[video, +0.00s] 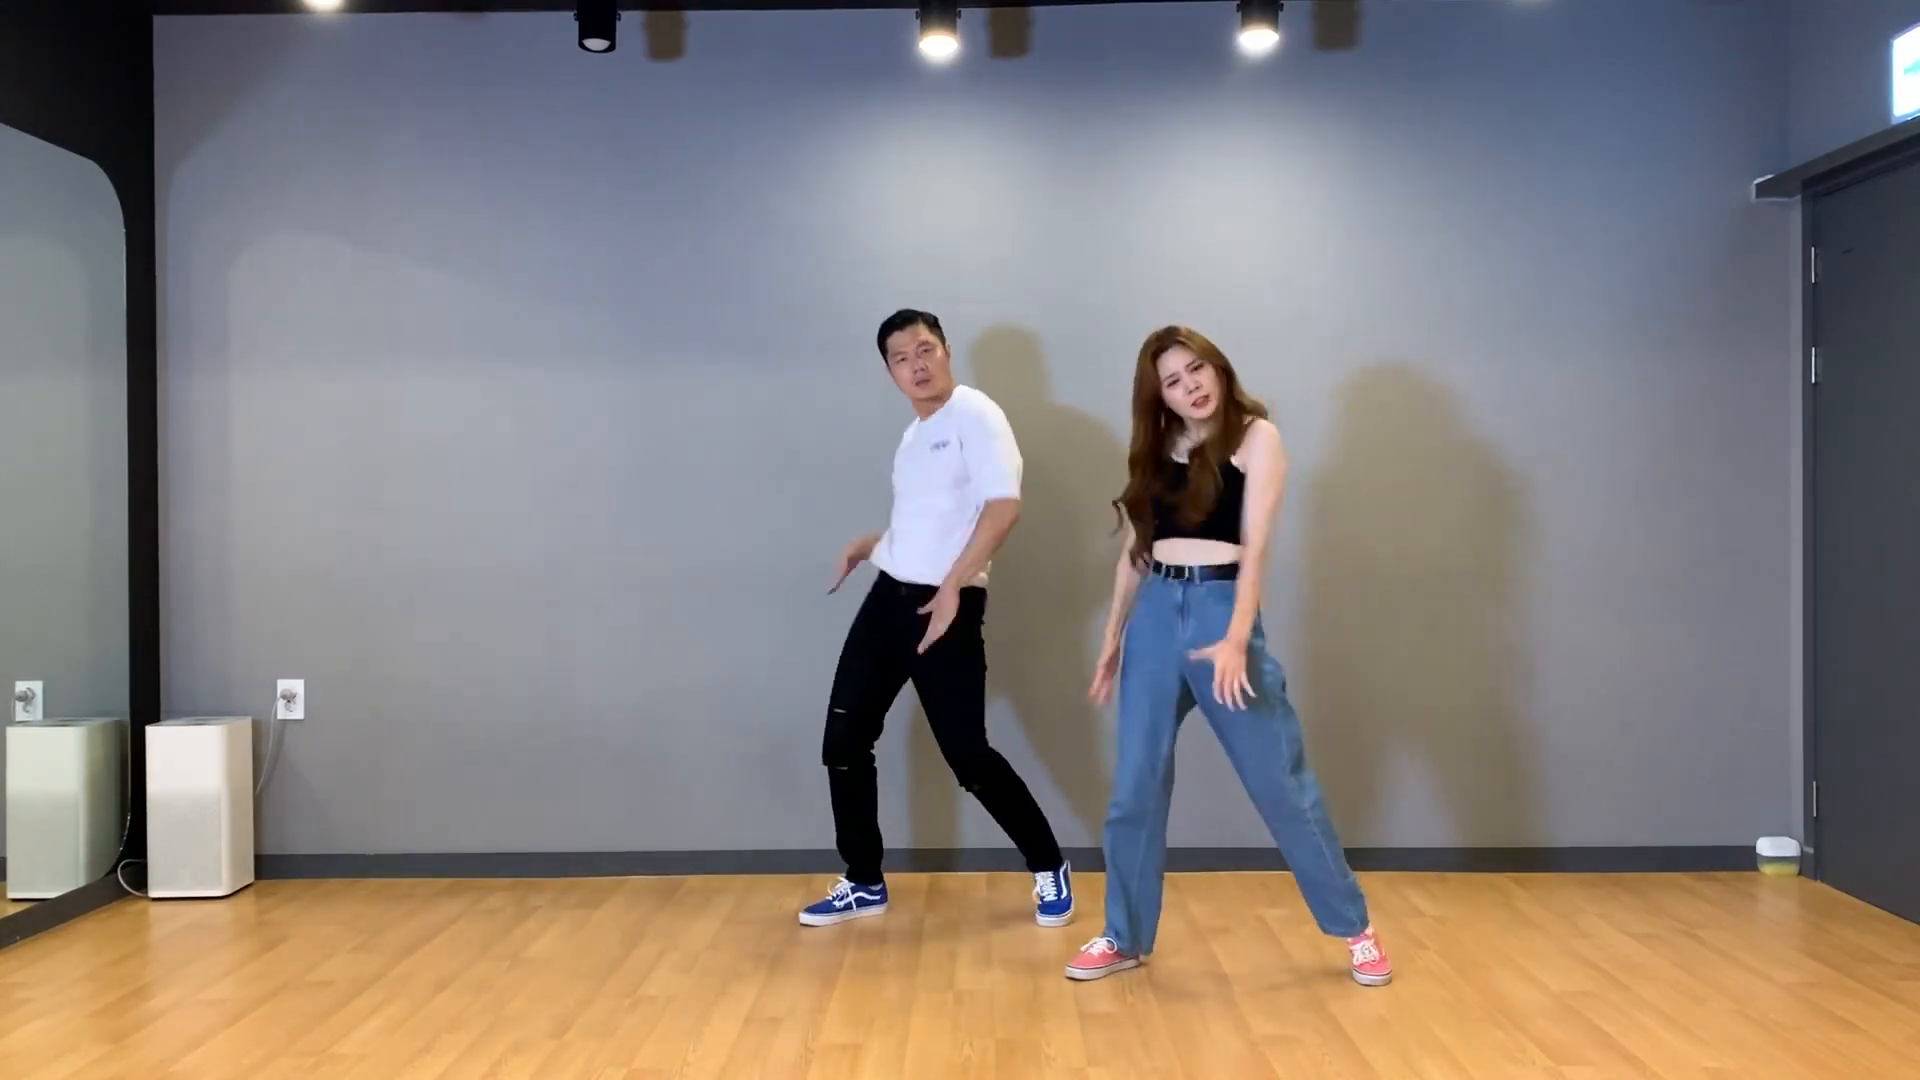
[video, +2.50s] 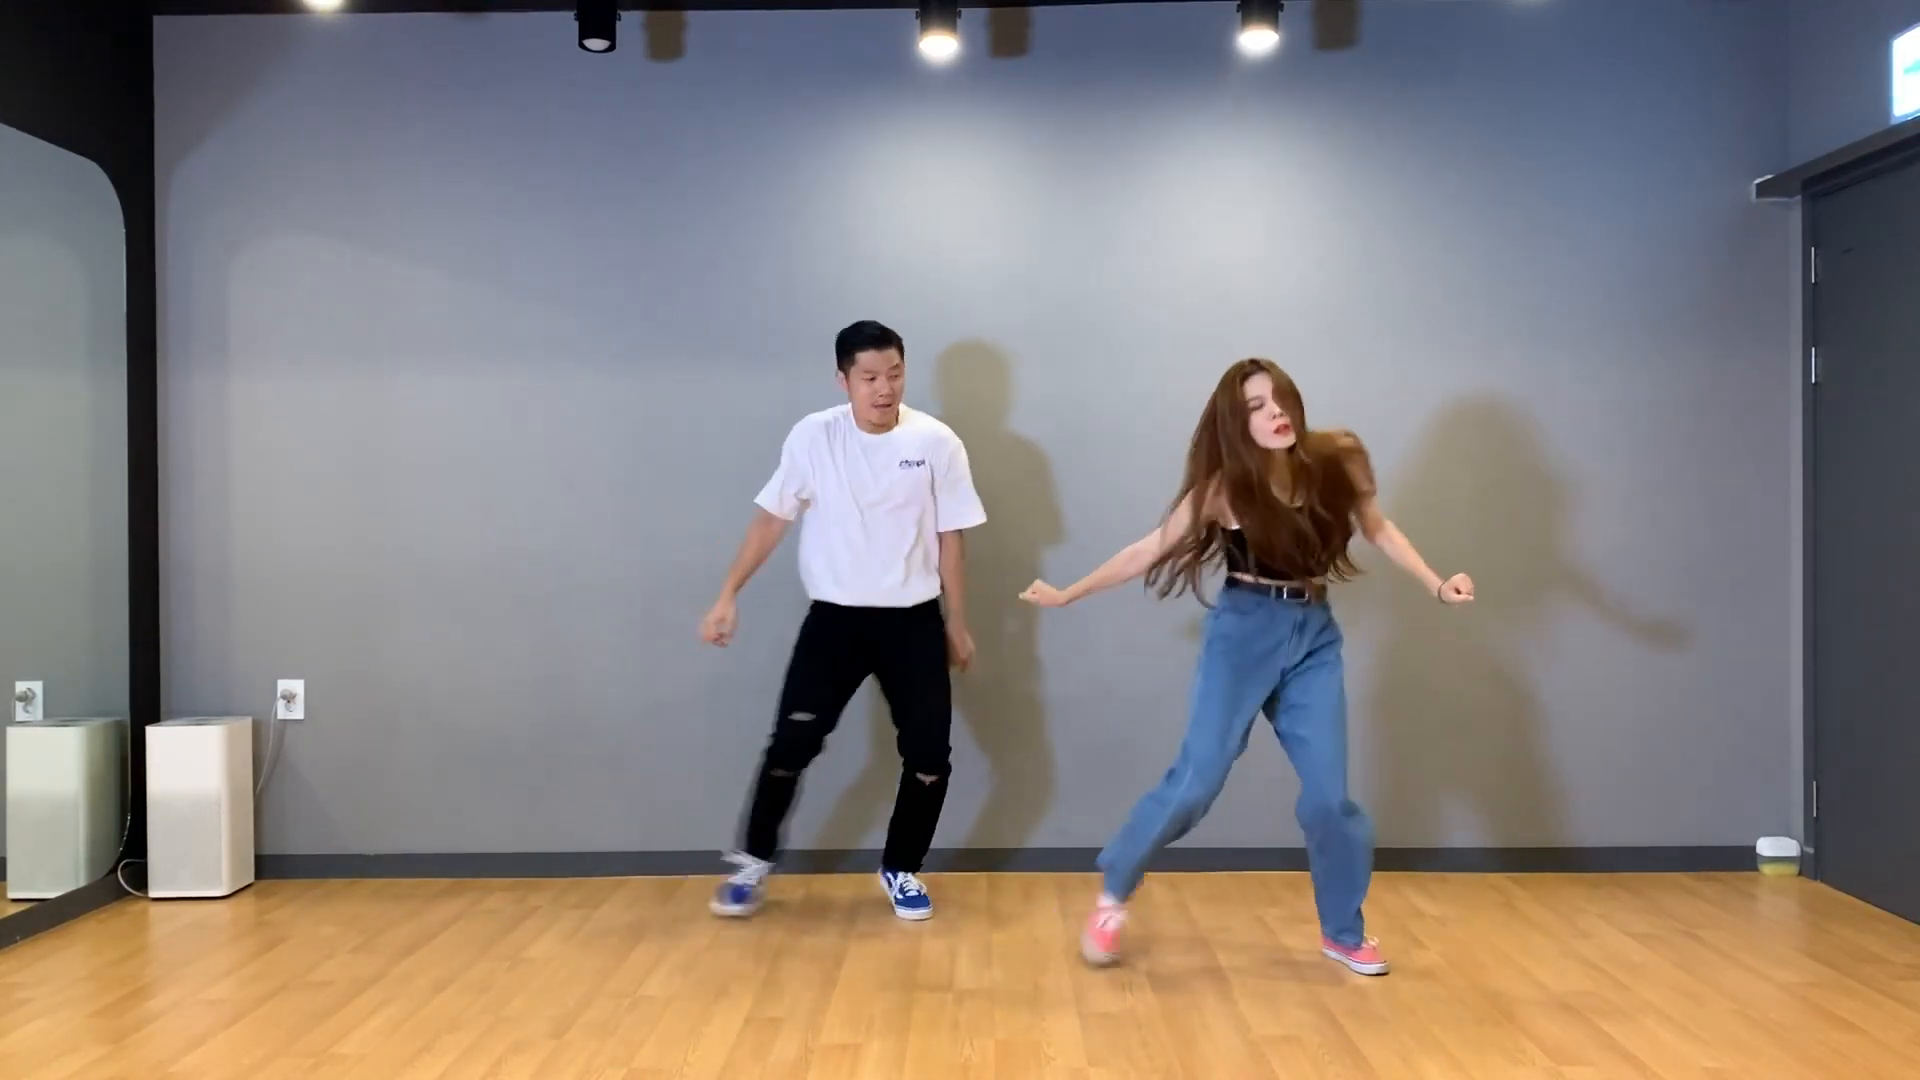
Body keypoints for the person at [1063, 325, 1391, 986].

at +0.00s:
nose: (1191, 385)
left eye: (1196, 368)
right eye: (1174, 381)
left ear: (1217, 368)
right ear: (1161, 396)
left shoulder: (1257, 439)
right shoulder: (1158, 450)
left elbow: (1254, 550)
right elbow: (1134, 553)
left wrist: (1236, 639)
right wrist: (1113, 639)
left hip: (1226, 612)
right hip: (1153, 613)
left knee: (1282, 781)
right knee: (1137, 781)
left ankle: (1355, 928)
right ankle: (1124, 935)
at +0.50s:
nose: (1191, 415)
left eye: (1198, 398)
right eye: (1175, 410)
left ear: (1223, 398)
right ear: (1164, 422)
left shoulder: (1266, 459)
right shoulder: (1182, 472)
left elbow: (1195, 527)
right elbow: (1135, 537)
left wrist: (1161, 447)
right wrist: (1108, 455)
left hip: (1251, 629)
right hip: (1192, 626)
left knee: (1263, 808)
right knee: (1127, 789)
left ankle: (1364, 924)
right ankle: (1121, 938)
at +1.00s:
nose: (1228, 399)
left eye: (1240, 385)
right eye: (1212, 390)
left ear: (1262, 391)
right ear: (1198, 403)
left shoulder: (1290, 434)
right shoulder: (1181, 476)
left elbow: (1318, 530)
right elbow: (1162, 578)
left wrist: (1299, 612)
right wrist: (1127, 678)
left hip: (1263, 642)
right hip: (1185, 632)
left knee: (1312, 800)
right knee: (1098, 765)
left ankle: (1337, 935)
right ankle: (1092, 920)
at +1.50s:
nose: (1234, 381)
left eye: (1245, 367)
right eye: (1220, 370)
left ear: (1267, 369)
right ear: (1204, 377)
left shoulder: (1290, 440)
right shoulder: (1174, 442)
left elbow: (1329, 510)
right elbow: (1138, 528)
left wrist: (1309, 597)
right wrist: (1129, 614)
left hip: (1260, 618)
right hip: (1177, 616)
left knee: (1303, 776)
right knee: (1134, 777)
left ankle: (1336, 932)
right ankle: (1108, 922)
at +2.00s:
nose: (1227, 392)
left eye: (1239, 380)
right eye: (1213, 380)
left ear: (1254, 388)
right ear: (1192, 388)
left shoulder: (1278, 450)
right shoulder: (1163, 451)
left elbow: (1318, 527)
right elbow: (1116, 532)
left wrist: (1350, 609)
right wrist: (1081, 615)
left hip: (1256, 624)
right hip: (1175, 621)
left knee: (1310, 772)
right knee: (1132, 764)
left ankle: (1353, 917)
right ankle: (1108, 921)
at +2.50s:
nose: (1277, 412)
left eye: (1281, 399)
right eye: (1258, 406)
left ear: (1295, 403)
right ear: (1236, 423)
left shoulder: (1336, 460)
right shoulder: (1224, 487)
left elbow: (1378, 529)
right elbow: (1149, 551)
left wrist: (1437, 582)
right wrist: (1066, 595)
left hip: (1311, 632)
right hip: (1243, 629)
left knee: (1329, 796)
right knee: (1198, 784)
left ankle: (1343, 933)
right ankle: (1113, 891)